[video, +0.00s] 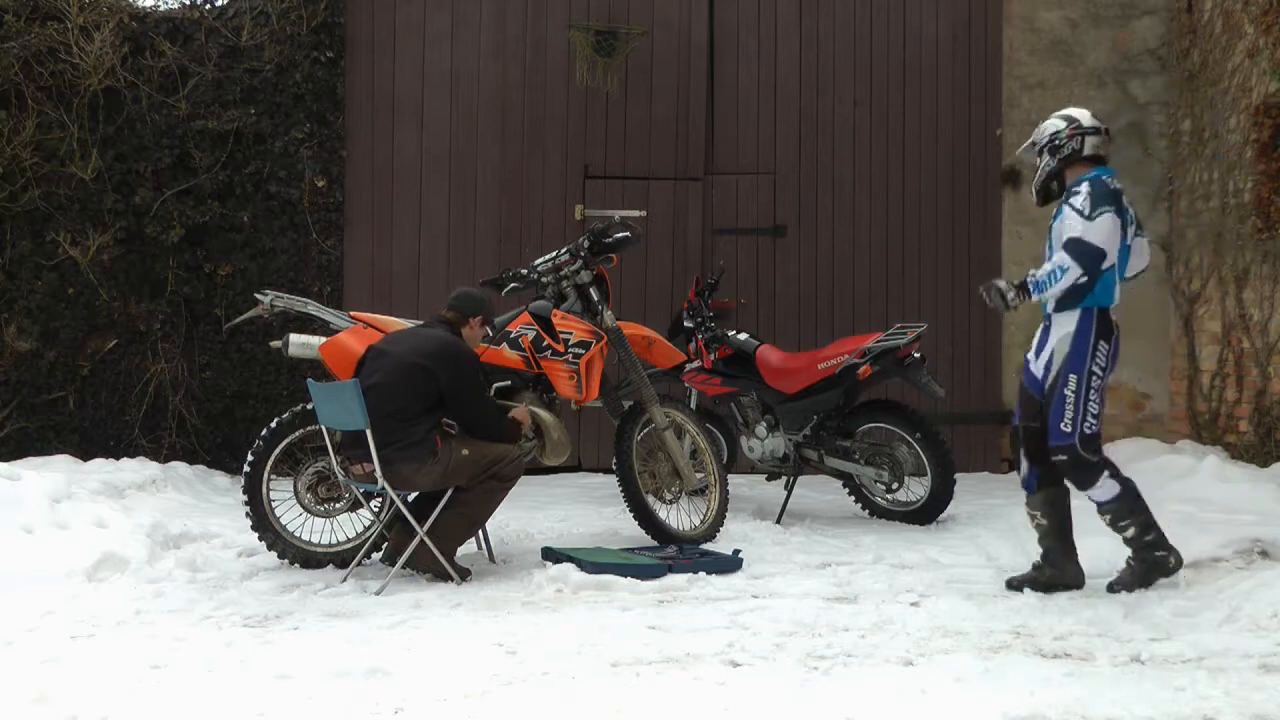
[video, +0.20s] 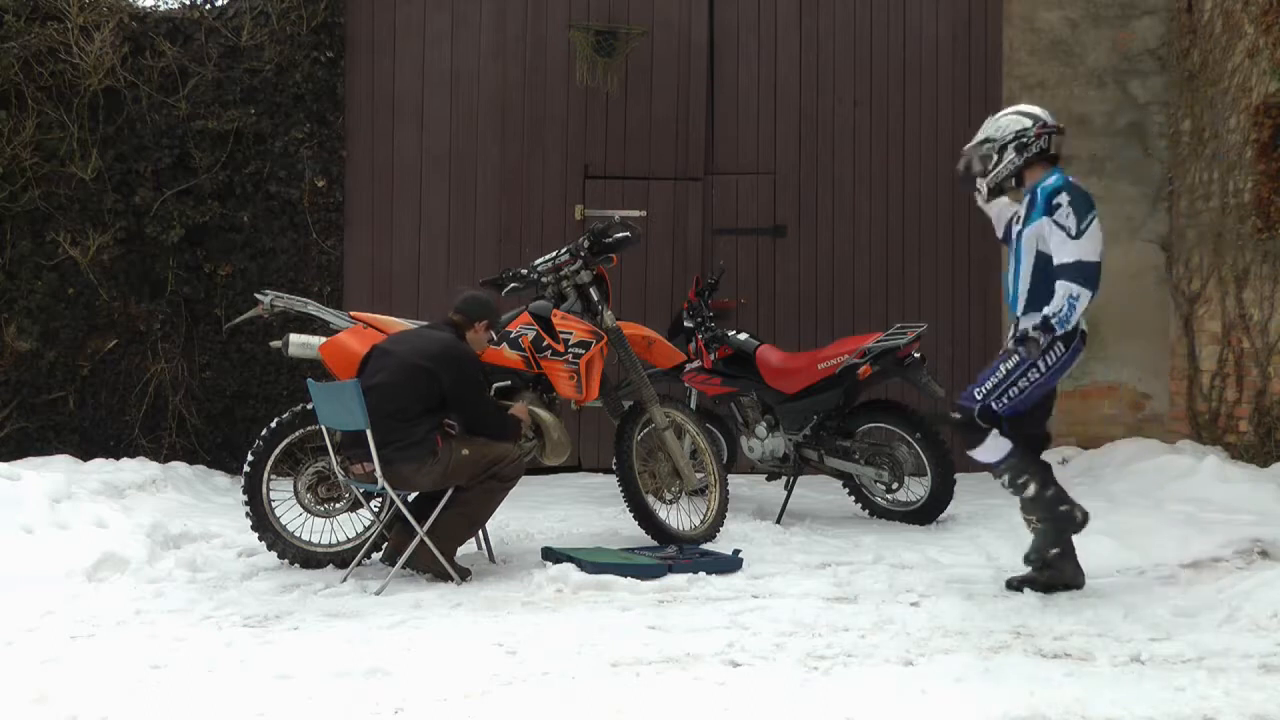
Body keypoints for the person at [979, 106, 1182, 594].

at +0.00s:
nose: (1040, 164)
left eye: (1044, 154)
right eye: (1040, 155)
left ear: (1065, 148)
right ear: (1080, 149)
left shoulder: (1094, 190)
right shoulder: (1097, 194)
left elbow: (1083, 256)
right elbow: (1138, 257)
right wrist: (1084, 273)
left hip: (1085, 330)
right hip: (1056, 329)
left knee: (1072, 447)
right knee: (1032, 440)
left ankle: (1151, 550)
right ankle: (1058, 561)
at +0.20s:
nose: (988, 171)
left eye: (991, 159)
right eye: (986, 162)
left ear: (1017, 152)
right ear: (1027, 152)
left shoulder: (1063, 195)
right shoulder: (1032, 205)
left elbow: (1080, 271)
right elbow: (1020, 240)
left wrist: (1048, 325)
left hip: (1052, 335)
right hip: (1030, 334)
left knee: (969, 418)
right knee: (1024, 444)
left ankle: (1055, 508)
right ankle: (1056, 559)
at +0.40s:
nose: (953, 160)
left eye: (962, 150)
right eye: (952, 150)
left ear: (992, 149)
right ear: (975, 150)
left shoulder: (1031, 193)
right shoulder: (970, 203)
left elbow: (1065, 256)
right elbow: (938, 255)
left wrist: (1025, 235)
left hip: (1012, 327)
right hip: (983, 328)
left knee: (966, 442)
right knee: (995, 445)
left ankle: (992, 571)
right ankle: (1054, 554)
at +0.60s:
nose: (906, 174)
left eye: (913, 165)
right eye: (907, 166)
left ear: (941, 160)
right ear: (942, 161)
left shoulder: (981, 196)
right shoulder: (945, 201)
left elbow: (974, 241)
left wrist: (926, 194)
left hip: (981, 335)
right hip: (941, 331)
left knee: (949, 455)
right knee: (885, 419)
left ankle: (994, 571)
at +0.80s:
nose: (856, 151)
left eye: (863, 140)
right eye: (856, 141)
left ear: (892, 136)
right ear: (897, 139)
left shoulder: (919, 181)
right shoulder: (918, 184)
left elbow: (906, 253)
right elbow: (971, 250)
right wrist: (920, 286)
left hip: (915, 326)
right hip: (883, 324)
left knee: (901, 444)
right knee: (854, 434)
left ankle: (980, 555)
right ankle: (881, 562)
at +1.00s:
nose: (807, 171)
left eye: (812, 159)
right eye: (807, 161)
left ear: (837, 151)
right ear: (845, 152)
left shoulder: (885, 192)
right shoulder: (855, 200)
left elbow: (909, 273)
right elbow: (846, 259)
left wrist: (896, 342)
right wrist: (813, 202)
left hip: (872, 332)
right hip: (851, 329)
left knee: (779, 421)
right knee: (849, 445)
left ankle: (862, 476)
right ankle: (881, 563)